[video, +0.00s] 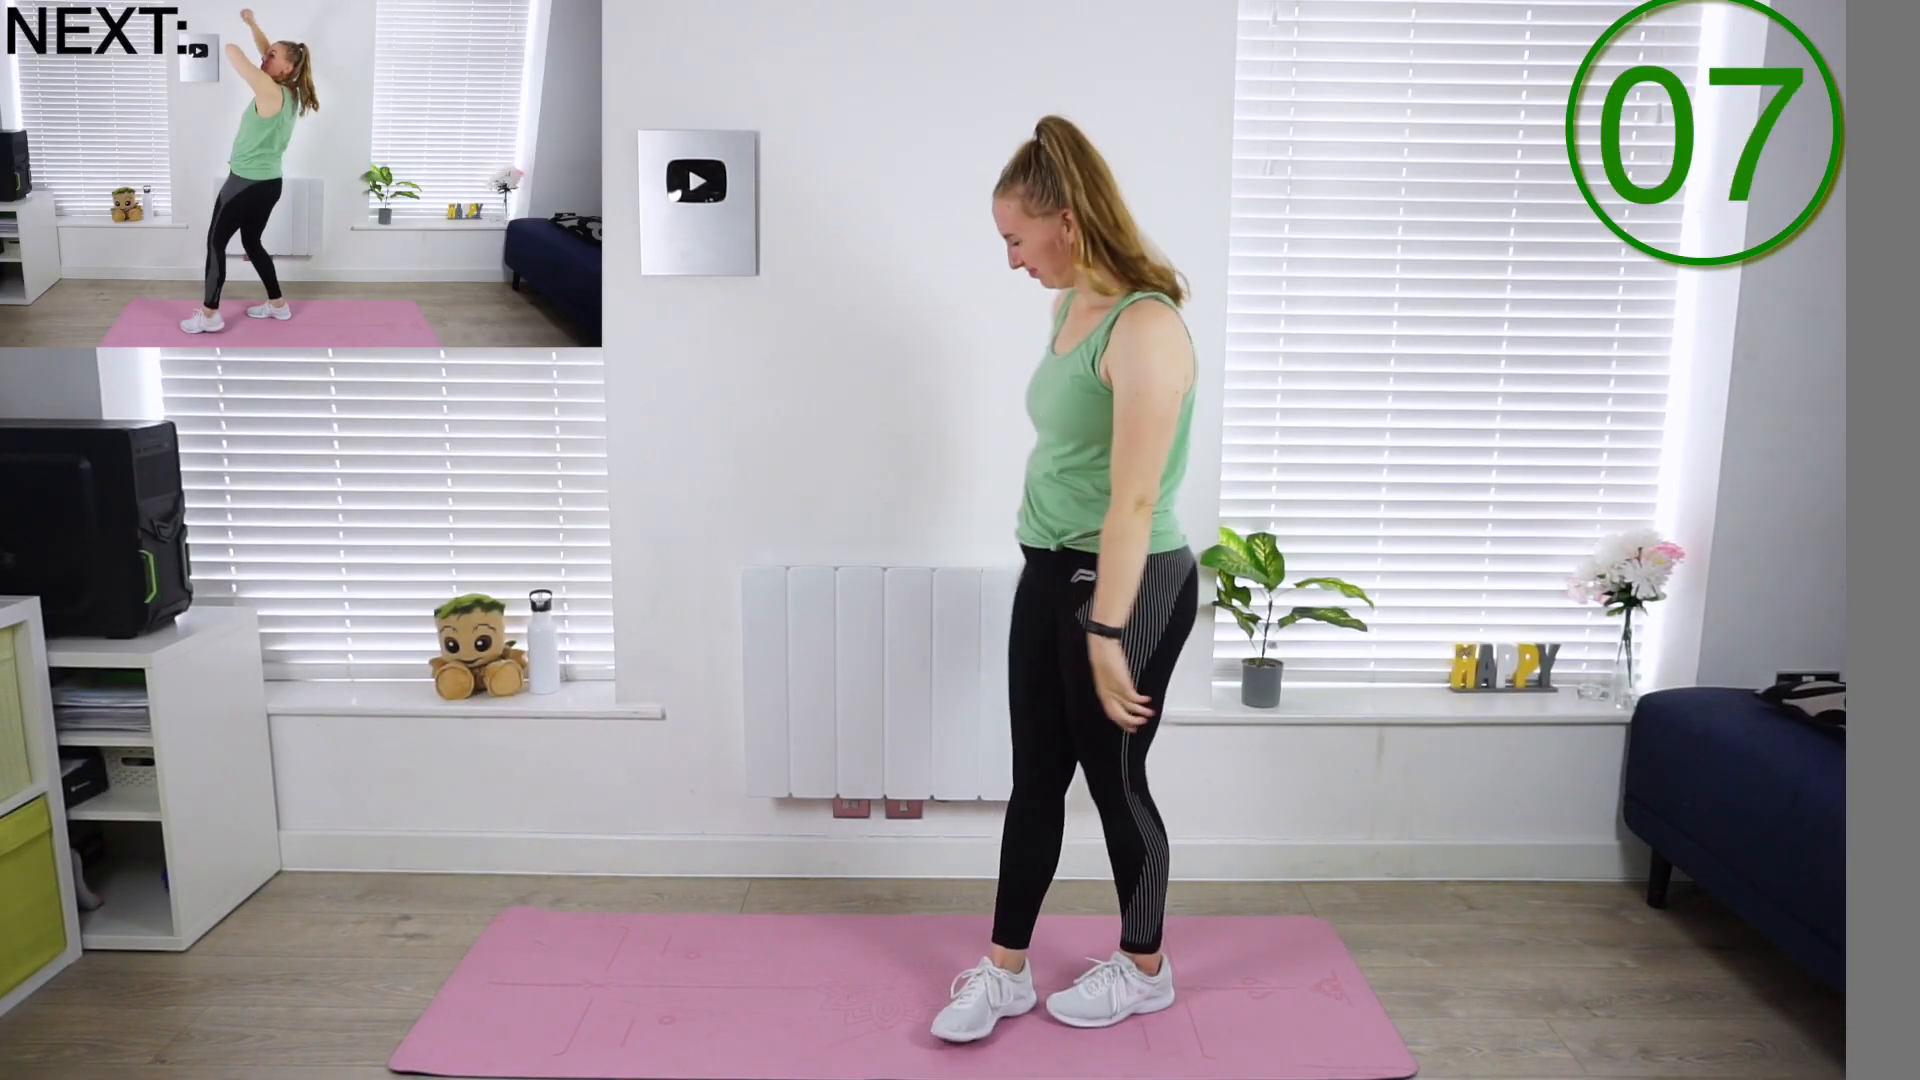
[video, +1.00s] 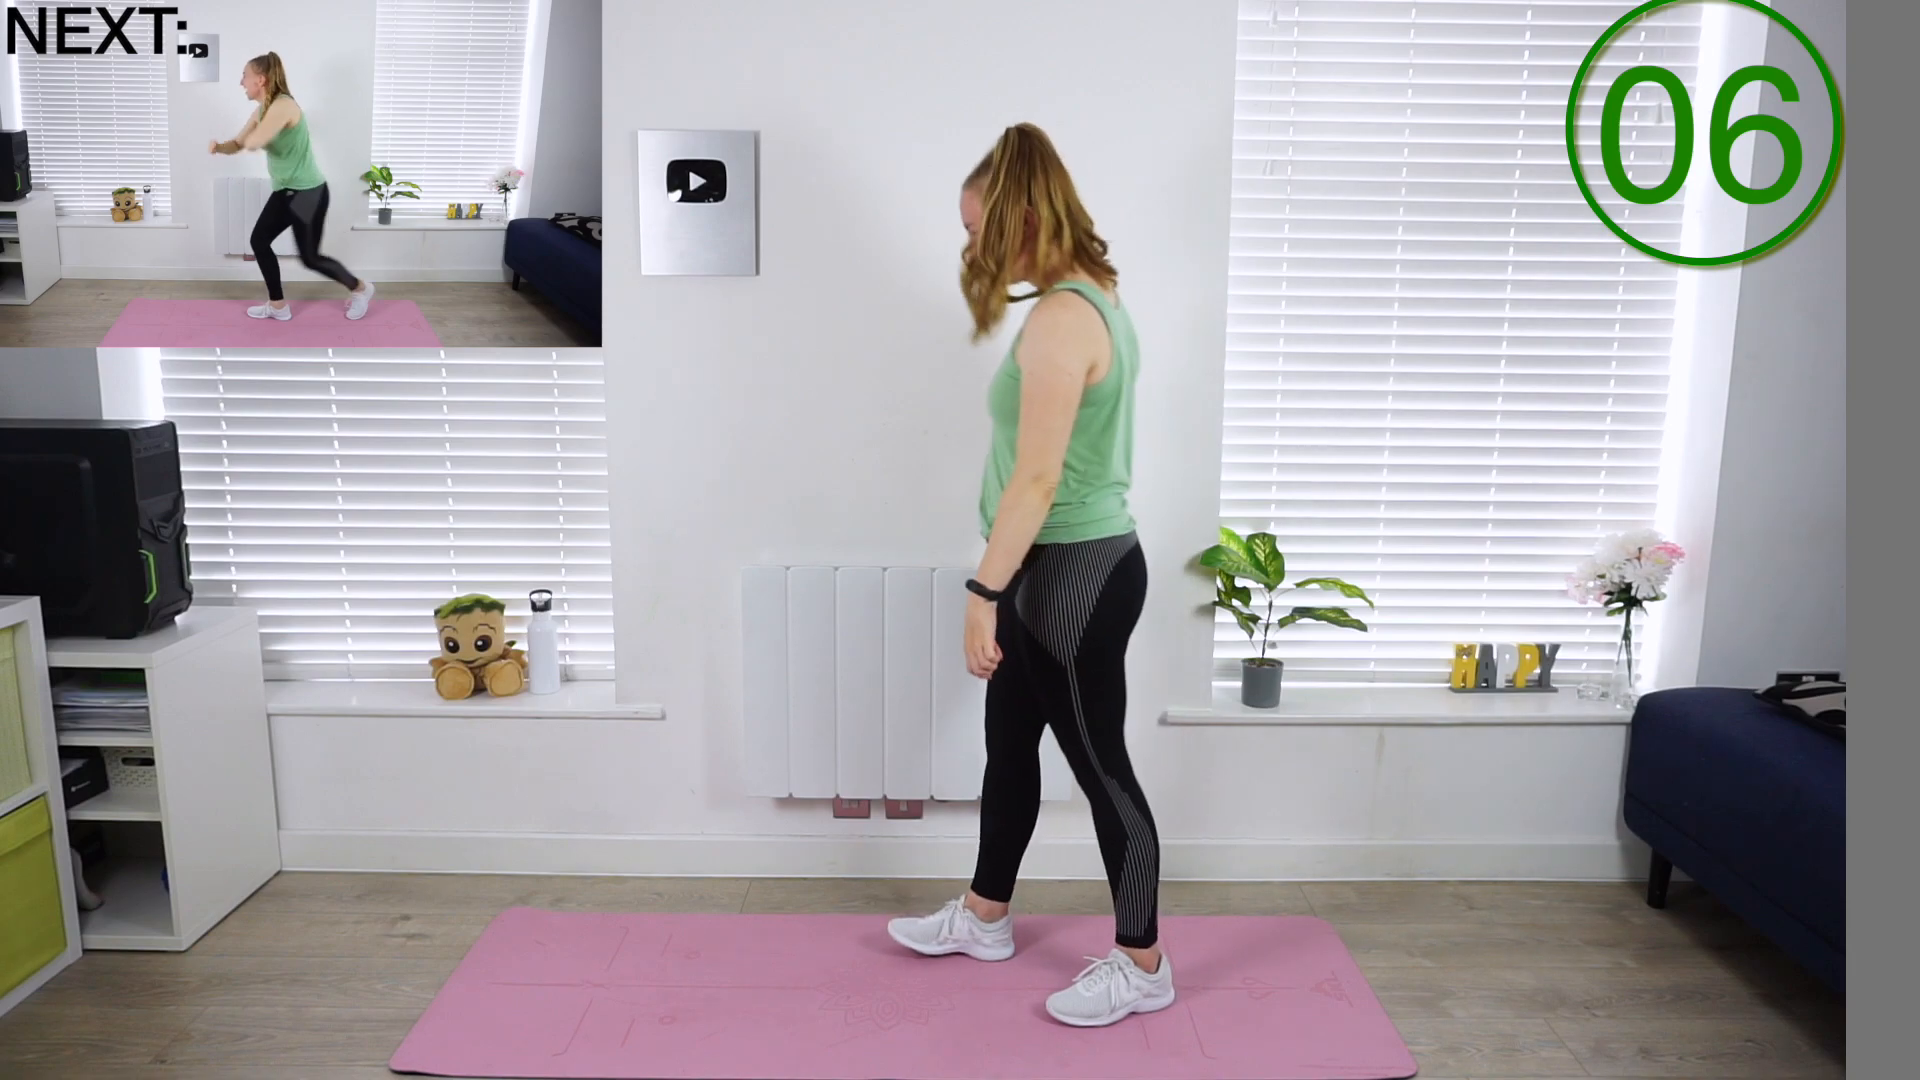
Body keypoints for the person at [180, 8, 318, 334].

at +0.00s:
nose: (266, 59)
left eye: (272, 56)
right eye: (268, 55)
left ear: (287, 69)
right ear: (287, 70)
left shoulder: (268, 89)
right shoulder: (289, 92)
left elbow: (230, 49)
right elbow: (267, 51)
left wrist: (255, 66)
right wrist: (252, 23)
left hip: (246, 182)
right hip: (268, 182)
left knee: (216, 242)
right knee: (252, 242)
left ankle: (209, 313)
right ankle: (277, 303)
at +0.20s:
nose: (262, 66)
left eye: (269, 61)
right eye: (263, 61)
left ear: (288, 68)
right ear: (286, 69)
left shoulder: (279, 97)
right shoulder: (286, 94)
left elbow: (231, 80)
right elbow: (251, 83)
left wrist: (239, 73)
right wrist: (228, 81)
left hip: (266, 186)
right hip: (272, 183)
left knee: (226, 241)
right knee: (254, 240)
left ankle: (211, 316)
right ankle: (277, 304)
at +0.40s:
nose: (245, 79)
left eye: (248, 73)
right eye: (245, 73)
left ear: (265, 76)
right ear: (266, 76)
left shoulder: (279, 105)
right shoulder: (273, 102)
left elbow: (239, 137)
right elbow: (248, 126)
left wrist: (234, 148)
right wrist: (238, 129)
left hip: (295, 189)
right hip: (281, 186)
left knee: (256, 249)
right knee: (262, 244)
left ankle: (303, 300)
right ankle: (277, 304)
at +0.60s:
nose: (235, 83)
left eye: (238, 76)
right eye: (235, 77)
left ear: (253, 77)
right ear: (252, 78)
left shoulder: (281, 103)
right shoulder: (256, 110)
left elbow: (261, 150)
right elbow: (248, 146)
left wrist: (245, 153)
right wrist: (244, 170)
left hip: (315, 183)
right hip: (288, 184)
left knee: (320, 250)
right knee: (272, 237)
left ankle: (363, 289)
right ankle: (279, 303)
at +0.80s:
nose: (238, 90)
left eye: (241, 84)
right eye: (239, 84)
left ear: (256, 85)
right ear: (255, 85)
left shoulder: (285, 110)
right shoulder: (262, 114)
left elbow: (268, 161)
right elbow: (251, 154)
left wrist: (251, 179)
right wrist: (256, 155)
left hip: (326, 184)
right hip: (298, 186)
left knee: (342, 241)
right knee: (269, 238)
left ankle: (370, 294)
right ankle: (278, 303)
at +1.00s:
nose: (242, 82)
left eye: (245, 77)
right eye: (243, 77)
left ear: (261, 81)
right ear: (261, 81)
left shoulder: (283, 105)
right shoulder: (263, 109)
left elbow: (255, 142)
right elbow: (239, 142)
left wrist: (247, 141)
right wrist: (220, 148)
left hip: (310, 192)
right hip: (285, 191)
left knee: (310, 258)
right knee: (259, 240)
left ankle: (361, 288)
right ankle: (278, 305)